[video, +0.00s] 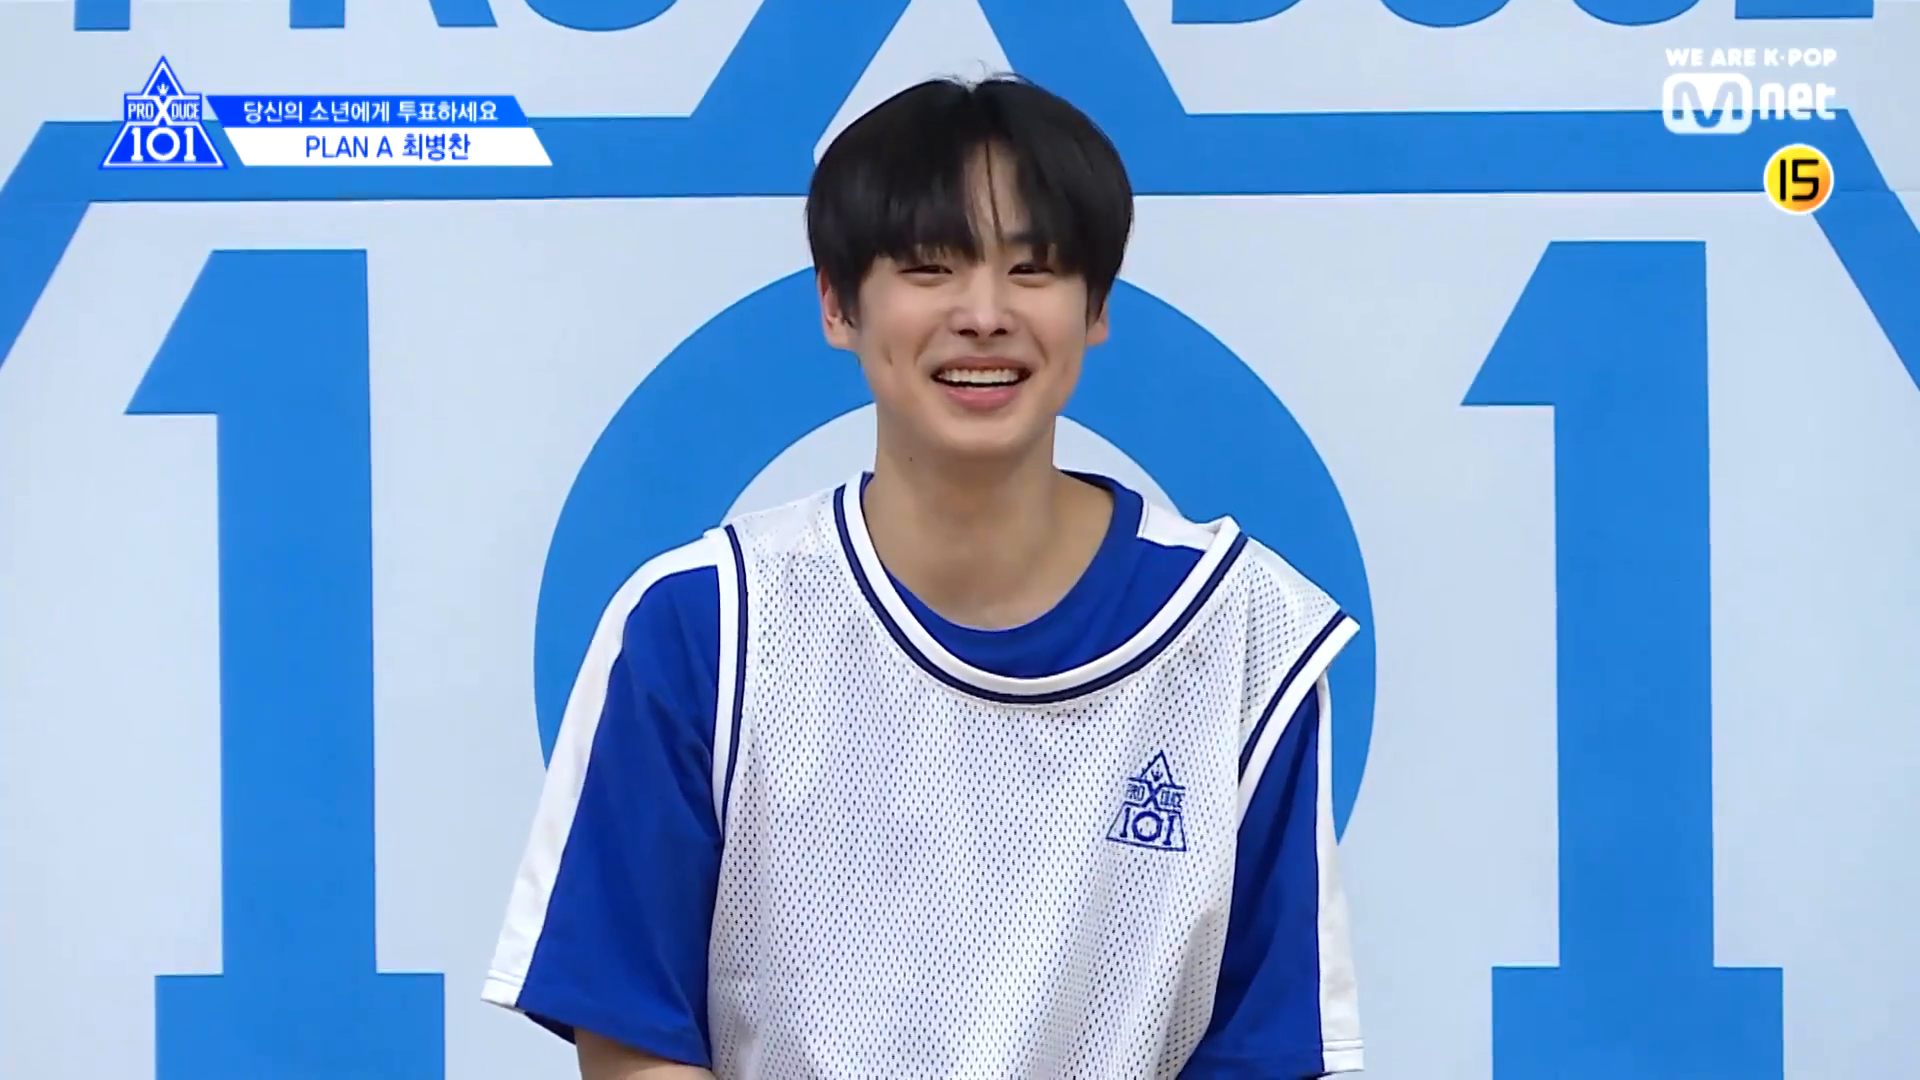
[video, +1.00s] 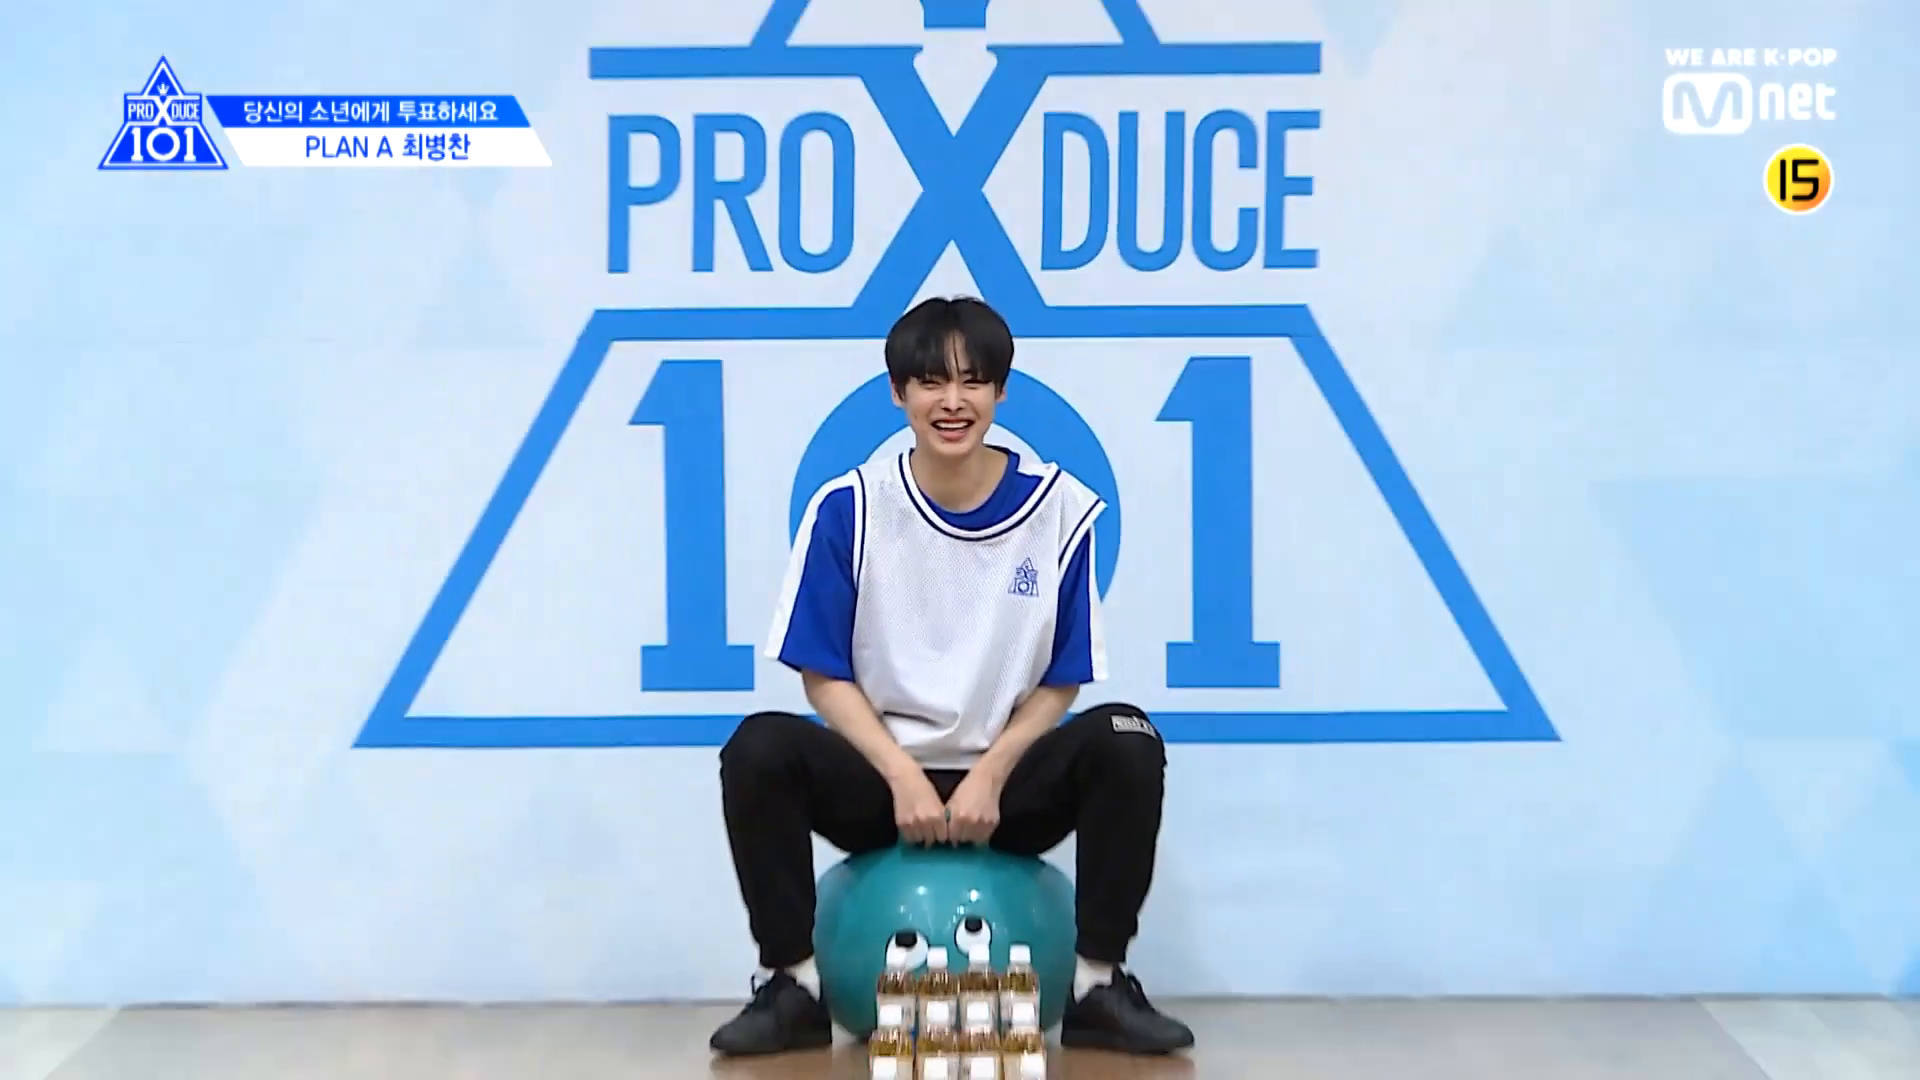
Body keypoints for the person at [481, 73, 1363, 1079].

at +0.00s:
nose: (984, 312)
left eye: (1033, 266)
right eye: (929, 264)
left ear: (1094, 314)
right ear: (841, 309)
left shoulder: (1249, 644)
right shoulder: (691, 630)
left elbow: (1270, 1052)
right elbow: (627, 1037)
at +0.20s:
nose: (974, 347)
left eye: (1017, 303)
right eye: (928, 301)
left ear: (1070, 336)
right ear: (849, 333)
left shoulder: (1212, 617)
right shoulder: (720, 609)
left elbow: (1204, 991)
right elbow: (672, 978)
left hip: (1076, 1060)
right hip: (810, 1057)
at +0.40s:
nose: (964, 377)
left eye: (999, 342)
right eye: (926, 340)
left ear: (1043, 362)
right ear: (864, 363)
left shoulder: (1154, 584)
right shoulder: (762, 579)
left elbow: (1156, 885)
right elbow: (719, 877)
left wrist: (1018, 1051)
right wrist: (862, 1050)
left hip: (1057, 1050)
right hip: (825, 1045)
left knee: (1271, 988)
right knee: (601, 1001)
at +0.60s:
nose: (958, 391)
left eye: (986, 363)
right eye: (926, 363)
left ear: (1024, 379)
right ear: (879, 380)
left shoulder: (1113, 556)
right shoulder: (798, 551)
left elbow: (1114, 801)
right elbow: (761, 791)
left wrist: (1005, 940)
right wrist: (877, 937)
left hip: (1034, 965)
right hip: (850, 963)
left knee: (1209, 888)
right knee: (668, 901)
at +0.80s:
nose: (955, 396)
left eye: (979, 372)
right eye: (929, 372)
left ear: (1010, 387)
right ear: (892, 387)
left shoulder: (1084, 528)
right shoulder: (825, 525)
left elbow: (1080, 733)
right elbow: (797, 725)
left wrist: (994, 846)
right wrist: (891, 843)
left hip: (1018, 859)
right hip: (864, 859)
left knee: (1159, 804)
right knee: (720, 810)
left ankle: (1125, 1071)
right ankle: (760, 1071)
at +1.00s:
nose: (953, 399)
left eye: (973, 379)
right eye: (931, 379)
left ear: (1000, 389)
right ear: (900, 391)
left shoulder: (1062, 509)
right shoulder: (847, 507)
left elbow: (1063, 677)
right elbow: (822, 672)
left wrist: (992, 771)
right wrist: (901, 773)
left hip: (1012, 779)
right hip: (879, 780)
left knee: (1129, 739)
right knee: (756, 747)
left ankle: (1100, 989)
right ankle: (792, 988)